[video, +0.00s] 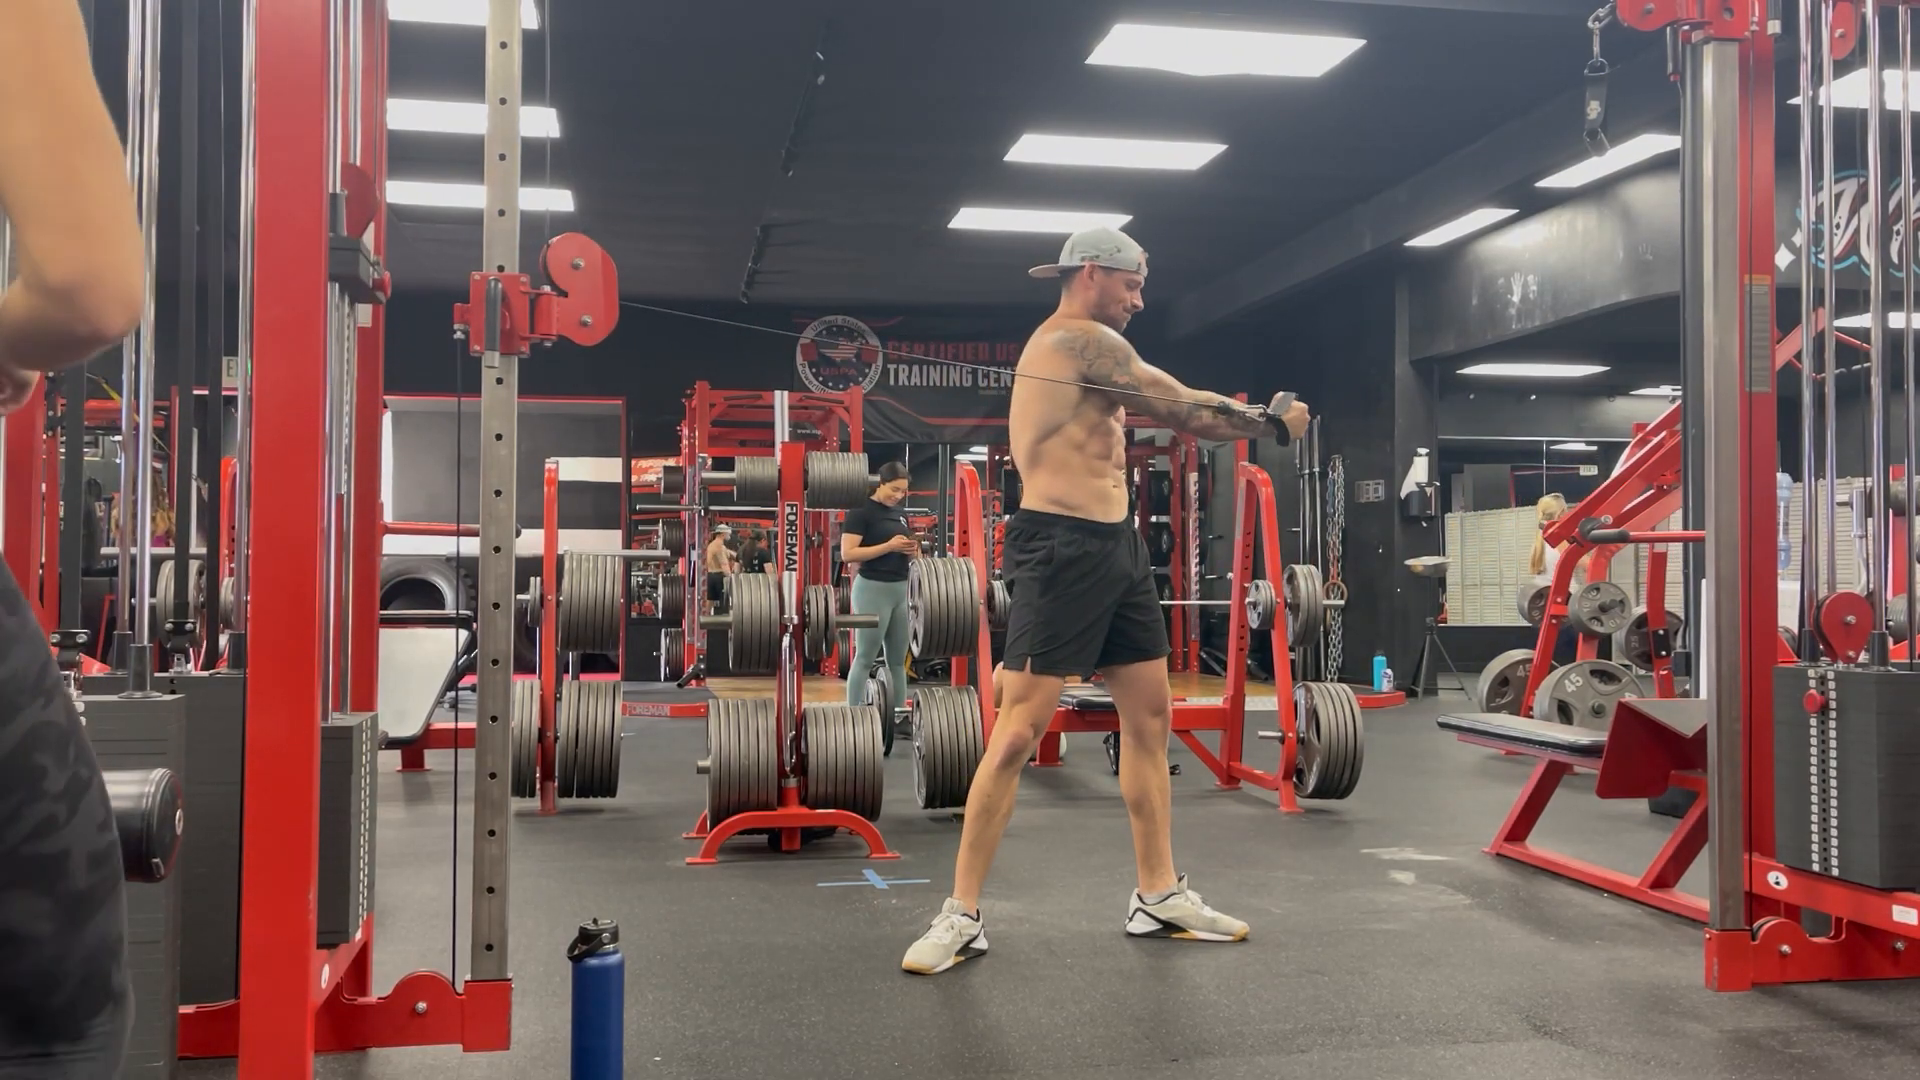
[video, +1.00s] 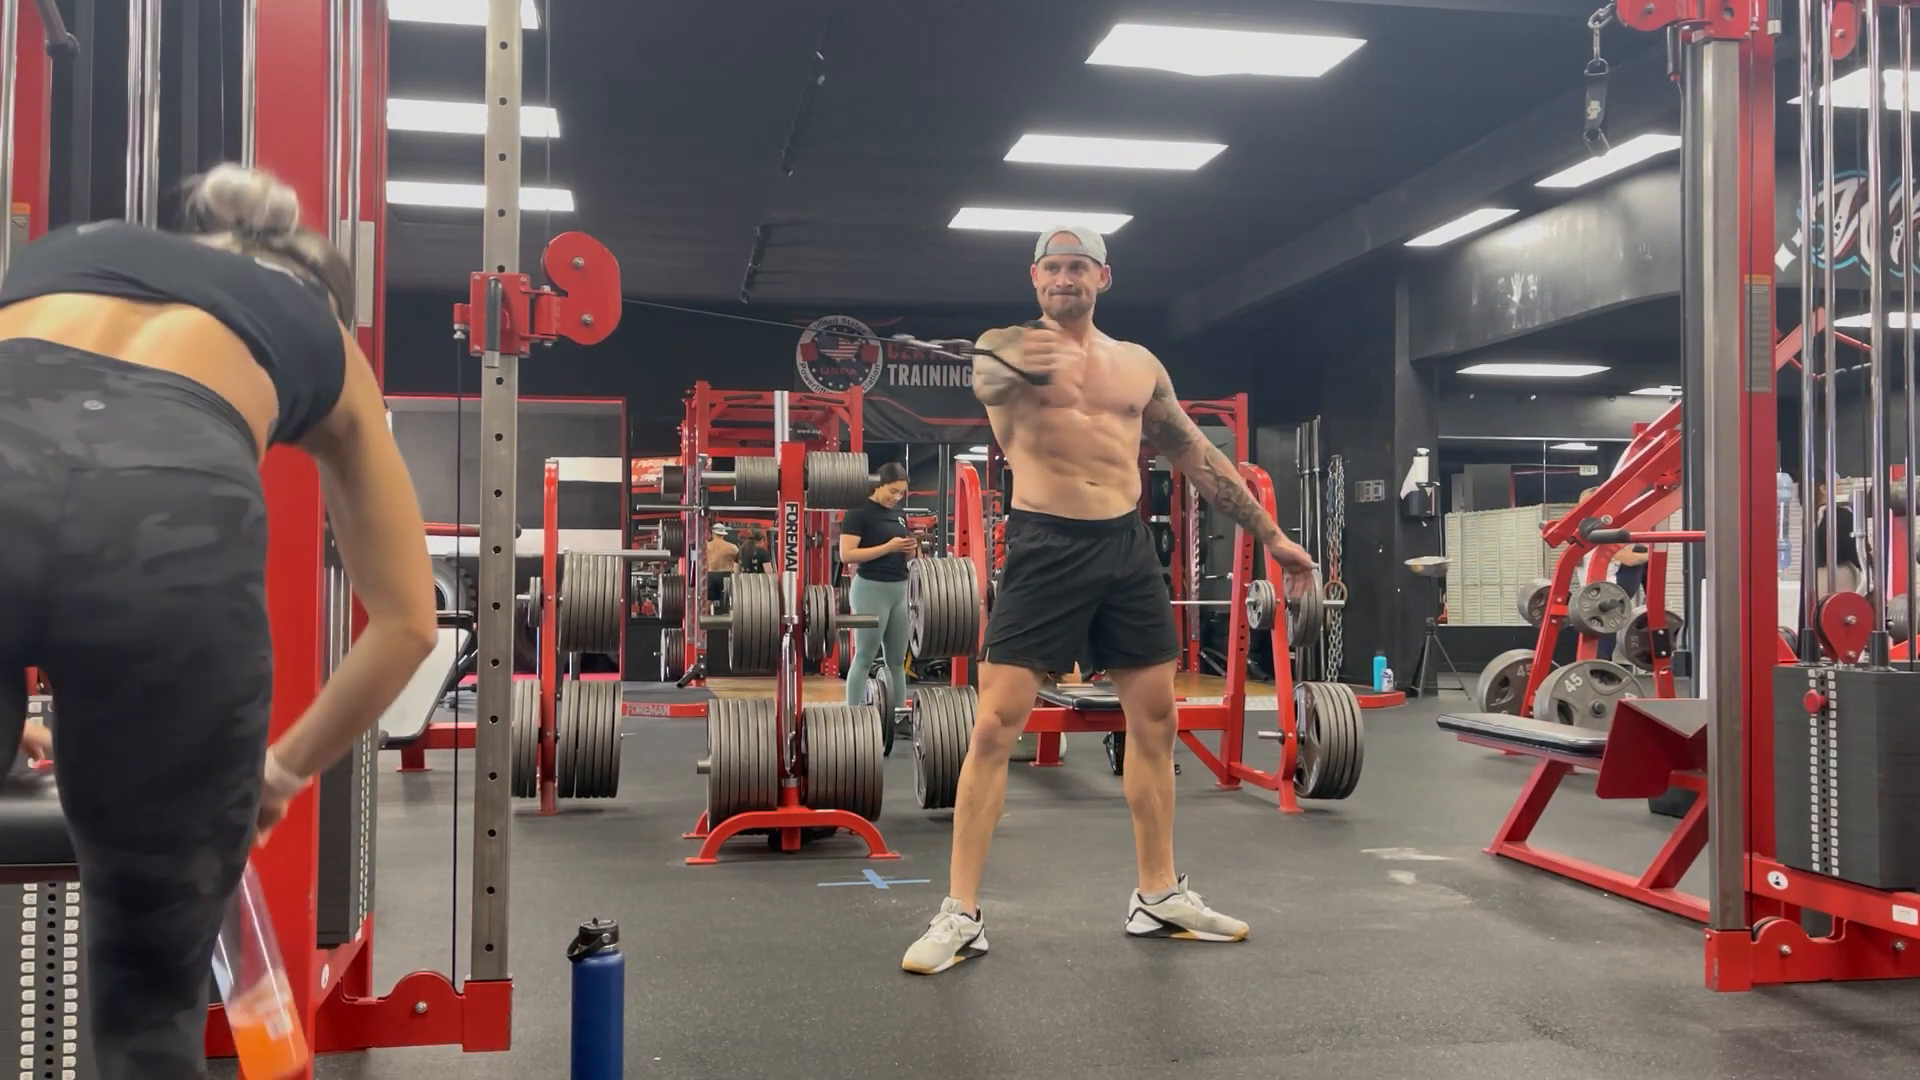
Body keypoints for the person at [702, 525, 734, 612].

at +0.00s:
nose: (730, 536)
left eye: (730, 534)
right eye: (728, 534)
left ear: (721, 534)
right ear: (722, 534)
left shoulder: (711, 545)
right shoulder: (720, 547)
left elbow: (726, 552)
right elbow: (724, 565)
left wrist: (734, 555)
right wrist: (729, 576)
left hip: (711, 573)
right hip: (719, 573)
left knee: (710, 599)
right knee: (722, 600)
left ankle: (707, 617)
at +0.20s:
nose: (728, 536)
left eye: (728, 534)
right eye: (727, 534)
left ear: (718, 534)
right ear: (723, 534)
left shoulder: (710, 545)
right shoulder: (722, 547)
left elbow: (727, 552)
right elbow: (726, 564)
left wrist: (735, 555)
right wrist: (733, 574)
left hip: (711, 572)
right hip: (721, 572)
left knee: (710, 599)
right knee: (722, 600)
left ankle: (707, 616)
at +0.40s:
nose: (727, 535)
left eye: (726, 533)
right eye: (726, 533)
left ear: (715, 533)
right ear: (724, 534)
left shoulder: (709, 545)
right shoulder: (725, 547)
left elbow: (708, 559)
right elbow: (732, 560)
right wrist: (732, 570)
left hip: (711, 572)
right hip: (723, 572)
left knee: (709, 599)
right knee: (723, 600)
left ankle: (706, 616)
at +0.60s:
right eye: (723, 534)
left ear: (714, 533)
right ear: (725, 534)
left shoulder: (708, 545)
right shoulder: (729, 547)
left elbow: (705, 559)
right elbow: (735, 558)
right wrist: (732, 568)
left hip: (710, 572)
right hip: (724, 572)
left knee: (709, 600)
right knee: (724, 601)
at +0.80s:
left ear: (714, 533)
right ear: (725, 534)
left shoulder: (708, 546)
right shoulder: (731, 548)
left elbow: (704, 561)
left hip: (711, 573)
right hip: (726, 573)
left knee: (709, 601)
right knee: (725, 602)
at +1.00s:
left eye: (712, 534)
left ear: (713, 534)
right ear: (724, 534)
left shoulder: (707, 546)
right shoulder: (732, 547)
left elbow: (704, 561)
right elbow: (737, 561)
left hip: (711, 572)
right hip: (726, 572)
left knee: (708, 601)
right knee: (726, 602)